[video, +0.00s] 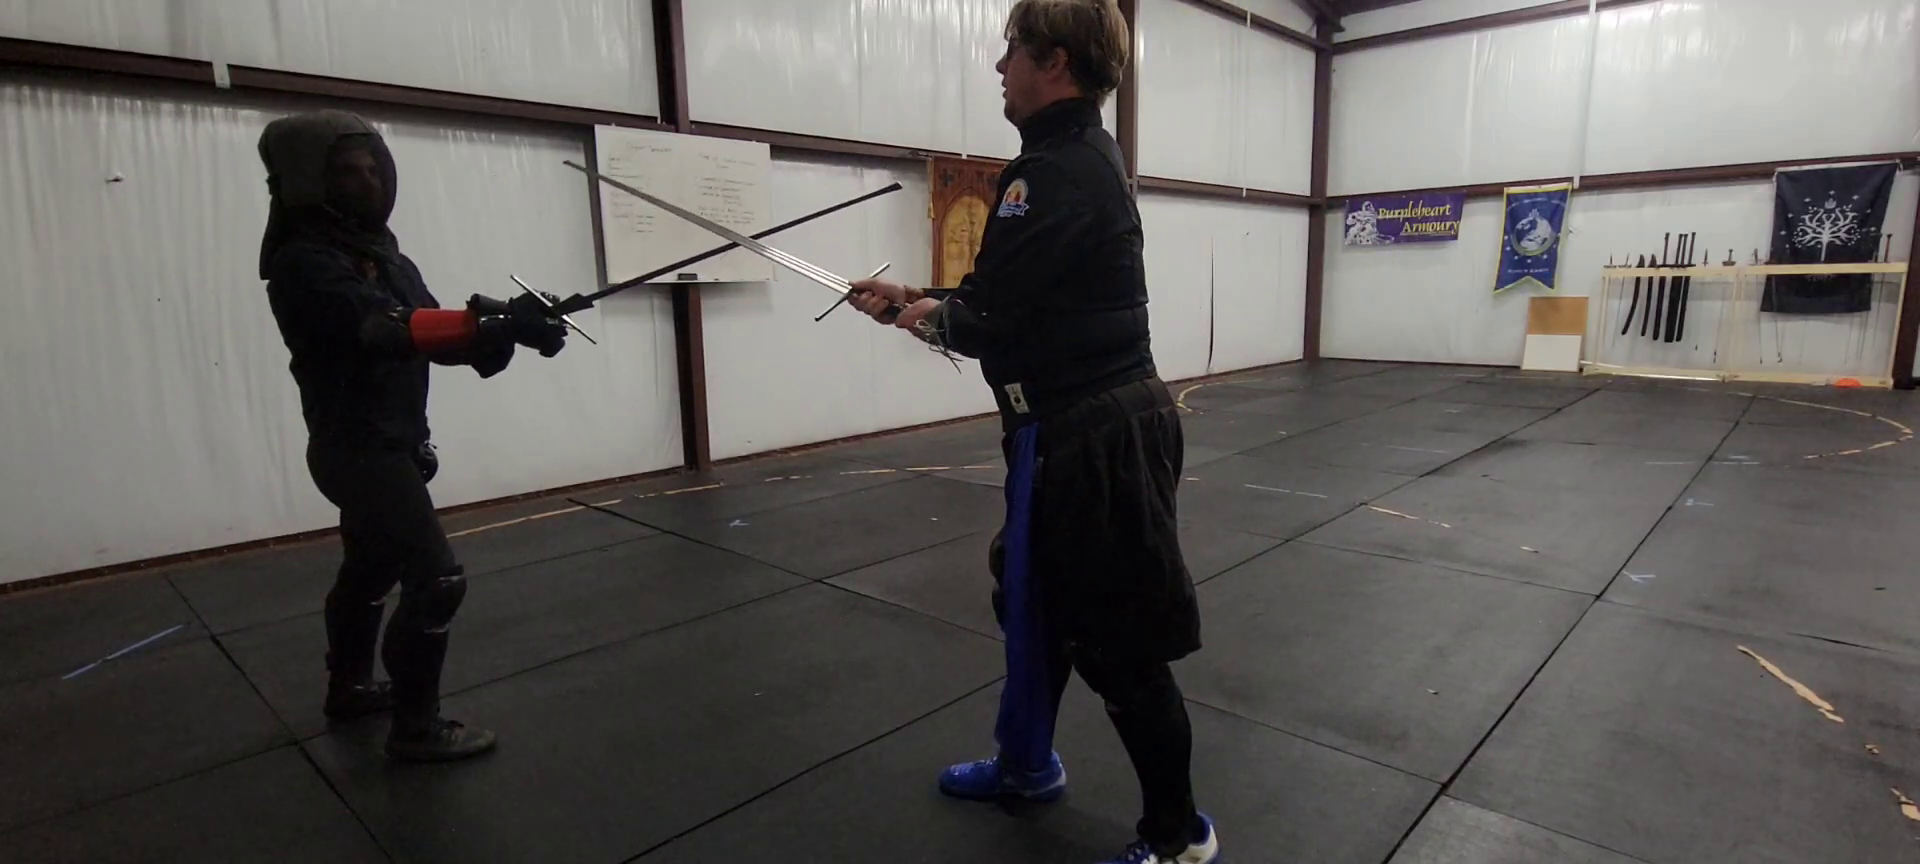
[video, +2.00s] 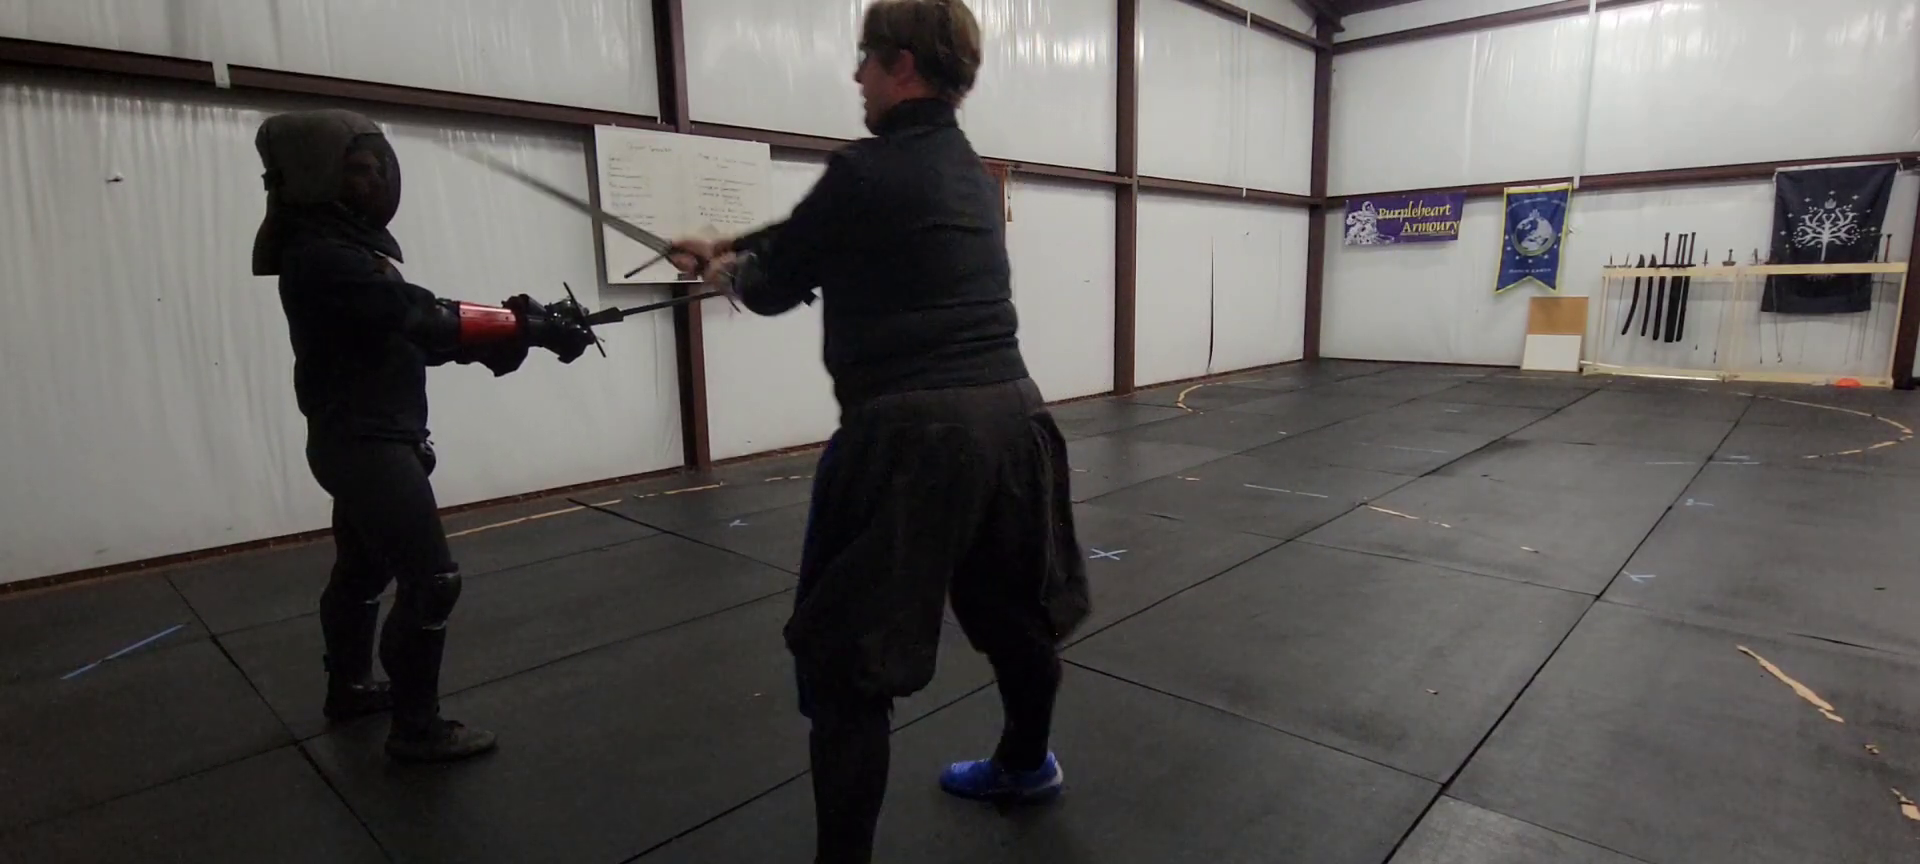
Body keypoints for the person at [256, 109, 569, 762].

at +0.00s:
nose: (368, 182)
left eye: (376, 169)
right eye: (350, 171)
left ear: (389, 177)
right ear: (315, 183)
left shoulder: (383, 255)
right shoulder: (304, 259)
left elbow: (422, 334)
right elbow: (376, 329)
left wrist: (490, 339)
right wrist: (489, 322)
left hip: (394, 446)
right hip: (358, 452)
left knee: (368, 574)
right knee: (435, 582)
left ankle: (350, 690)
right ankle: (415, 728)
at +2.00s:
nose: (381, 177)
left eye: (381, 164)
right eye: (364, 166)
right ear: (327, 177)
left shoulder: (348, 246)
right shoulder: (322, 256)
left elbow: (415, 326)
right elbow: (415, 317)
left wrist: (505, 327)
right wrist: (522, 324)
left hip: (376, 444)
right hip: (369, 449)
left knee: (360, 573)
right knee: (430, 583)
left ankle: (351, 691)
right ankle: (417, 728)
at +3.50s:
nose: (362, 180)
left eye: (366, 167)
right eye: (345, 168)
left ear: (372, 174)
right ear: (307, 178)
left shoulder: (354, 247)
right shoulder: (297, 257)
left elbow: (397, 335)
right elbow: (360, 347)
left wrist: (461, 380)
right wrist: (468, 396)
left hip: (371, 439)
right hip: (341, 445)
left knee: (356, 569)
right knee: (390, 581)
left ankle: (349, 688)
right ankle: (411, 722)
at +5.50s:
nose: (356, 183)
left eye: (362, 171)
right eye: (340, 171)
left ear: (371, 179)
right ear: (306, 181)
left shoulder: (355, 246)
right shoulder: (293, 256)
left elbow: (395, 325)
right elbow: (357, 333)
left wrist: (453, 357)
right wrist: (463, 349)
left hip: (381, 436)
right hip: (344, 442)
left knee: (360, 570)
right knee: (393, 582)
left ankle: (349, 689)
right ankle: (410, 723)